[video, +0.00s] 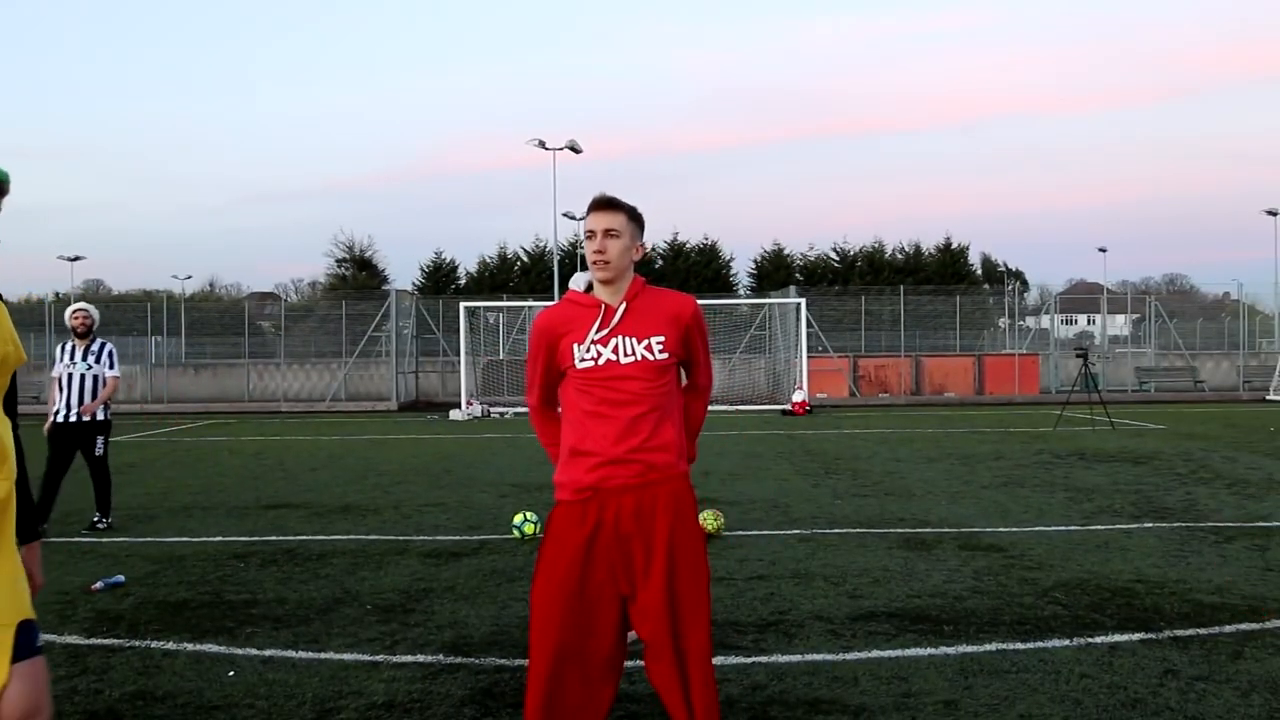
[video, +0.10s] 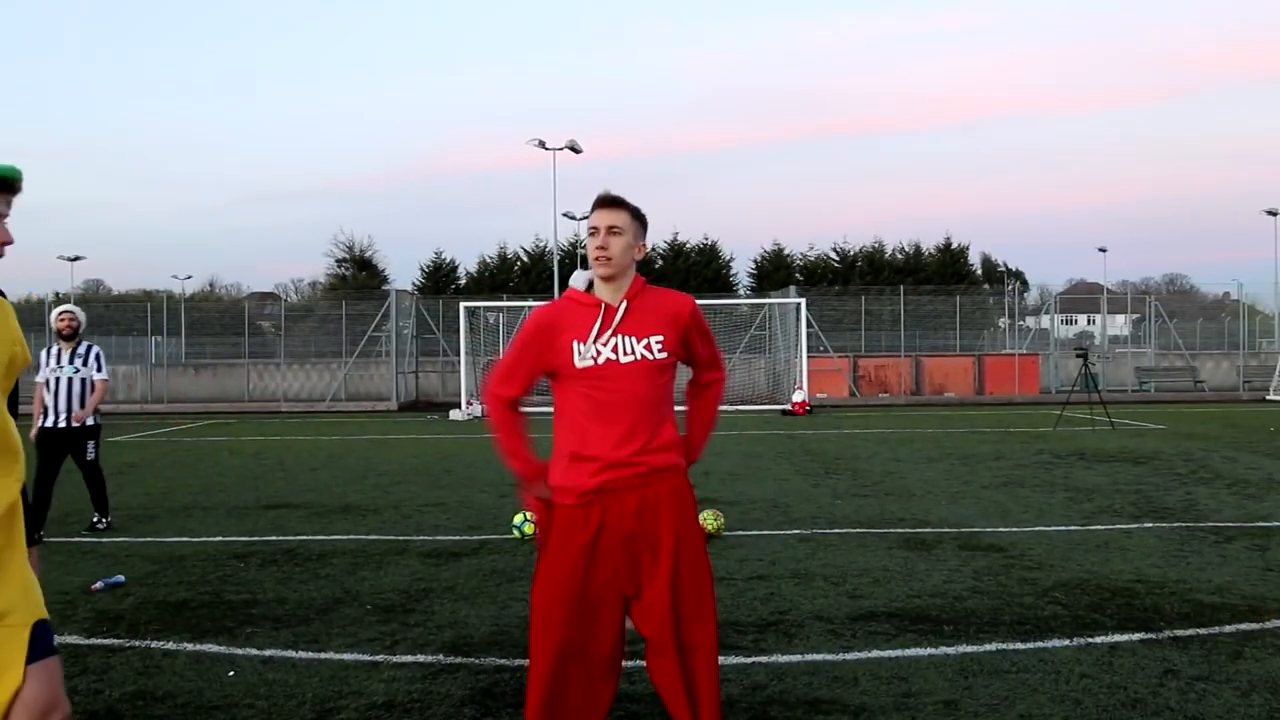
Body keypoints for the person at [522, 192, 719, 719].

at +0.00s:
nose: (597, 246)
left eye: (611, 236)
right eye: (591, 237)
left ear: (638, 249)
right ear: (582, 248)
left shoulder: (680, 311)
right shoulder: (553, 321)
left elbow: (699, 386)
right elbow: (540, 404)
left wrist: (677, 454)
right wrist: (571, 463)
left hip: (662, 500)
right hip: (581, 506)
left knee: (679, 645)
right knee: (559, 648)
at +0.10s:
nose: (601, 243)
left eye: (615, 233)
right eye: (593, 233)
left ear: (640, 246)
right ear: (586, 244)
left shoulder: (677, 311)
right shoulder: (552, 319)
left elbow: (709, 376)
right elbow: (497, 393)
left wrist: (687, 451)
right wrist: (531, 476)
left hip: (660, 496)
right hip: (575, 504)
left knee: (685, 645)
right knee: (561, 653)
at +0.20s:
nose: (613, 241)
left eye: (627, 231)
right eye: (606, 231)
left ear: (651, 246)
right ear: (596, 241)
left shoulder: (681, 312)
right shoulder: (555, 303)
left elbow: (736, 371)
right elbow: (476, 351)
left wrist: (737, 449)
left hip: (653, 493)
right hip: (573, 497)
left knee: (684, 639)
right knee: (555, 643)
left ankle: (707, 715)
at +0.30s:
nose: (628, 251)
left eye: (641, 240)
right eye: (619, 240)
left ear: (665, 249)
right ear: (610, 247)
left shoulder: (688, 320)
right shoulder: (567, 293)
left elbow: (760, 394)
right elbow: (481, 277)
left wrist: (833, 471)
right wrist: (413, 242)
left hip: (640, 501)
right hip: (565, 500)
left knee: (676, 648)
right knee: (547, 656)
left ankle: (720, 716)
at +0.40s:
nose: (632, 250)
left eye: (644, 240)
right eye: (623, 241)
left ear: (669, 249)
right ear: (613, 248)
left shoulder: (693, 327)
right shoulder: (584, 283)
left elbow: (760, 400)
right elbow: (533, 225)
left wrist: (849, 447)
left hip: (640, 496)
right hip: (571, 494)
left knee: (673, 646)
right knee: (550, 650)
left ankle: (716, 717)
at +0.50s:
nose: (634, 254)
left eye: (647, 242)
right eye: (625, 244)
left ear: (671, 251)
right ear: (616, 253)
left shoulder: (692, 320)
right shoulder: (615, 294)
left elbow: (762, 384)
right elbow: (603, 228)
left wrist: (844, 425)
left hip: (649, 499)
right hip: (583, 497)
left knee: (686, 650)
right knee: (555, 652)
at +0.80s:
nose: (647, 254)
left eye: (659, 242)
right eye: (639, 246)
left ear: (685, 248)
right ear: (634, 255)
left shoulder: (704, 309)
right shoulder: (653, 305)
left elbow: (755, 377)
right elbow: (643, 263)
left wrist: (788, 450)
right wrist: (639, 214)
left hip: (681, 502)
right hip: (626, 497)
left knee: (700, 647)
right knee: (596, 640)